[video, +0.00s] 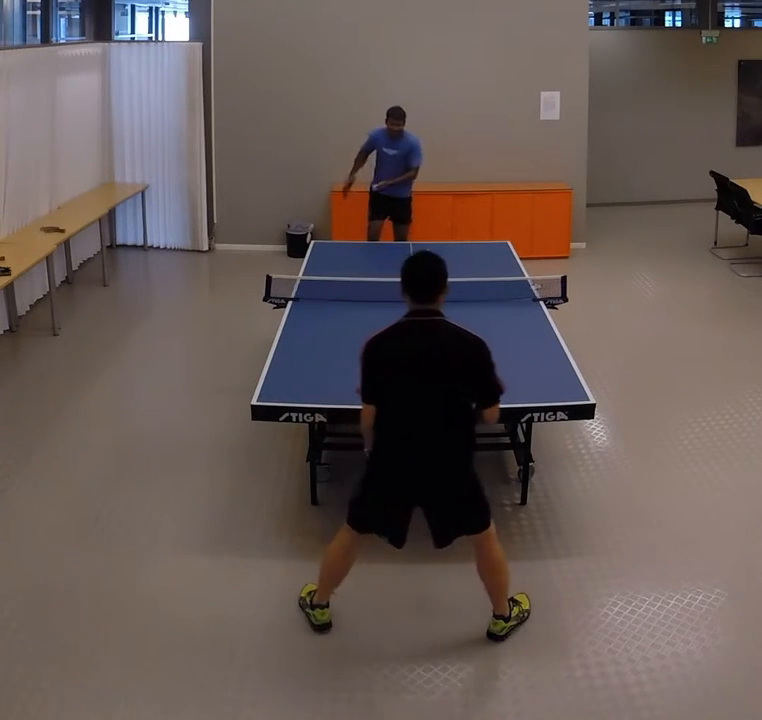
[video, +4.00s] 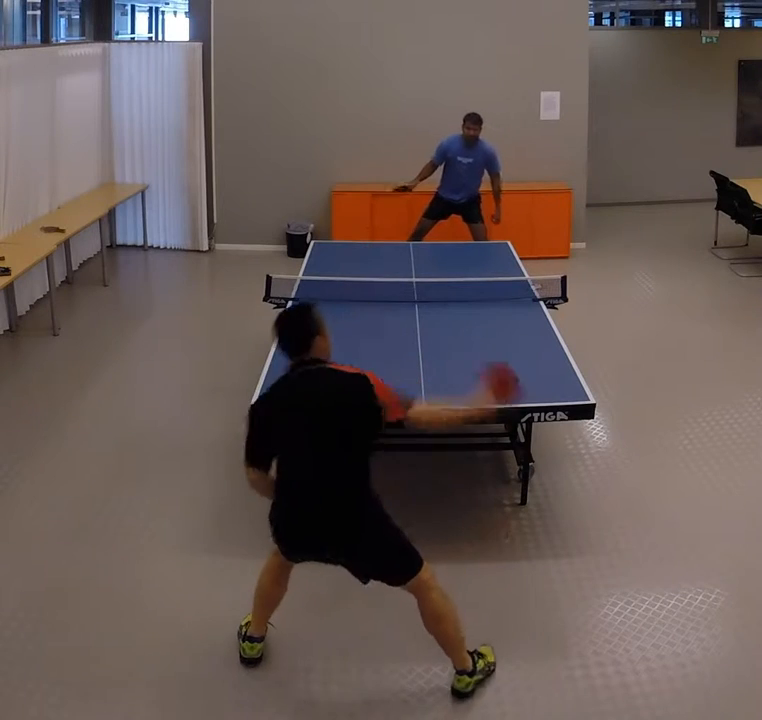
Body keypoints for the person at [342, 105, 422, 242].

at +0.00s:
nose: (395, 129)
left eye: (399, 125)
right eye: (392, 124)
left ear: (404, 124)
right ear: (386, 122)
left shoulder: (412, 143)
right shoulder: (377, 136)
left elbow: (413, 173)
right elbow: (363, 154)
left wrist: (389, 182)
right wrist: (352, 175)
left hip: (401, 197)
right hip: (379, 194)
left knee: (401, 240)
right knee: (373, 236)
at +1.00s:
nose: (382, 134)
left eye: (385, 130)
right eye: (378, 130)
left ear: (390, 128)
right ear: (371, 128)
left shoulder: (395, 133)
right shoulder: (367, 150)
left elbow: (405, 158)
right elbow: (396, 167)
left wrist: (390, 154)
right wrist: (419, 152)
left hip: (397, 192)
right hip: (375, 198)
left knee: (418, 231)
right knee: (370, 239)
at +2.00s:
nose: (417, 147)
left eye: (421, 143)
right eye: (413, 143)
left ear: (426, 141)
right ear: (407, 141)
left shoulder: (433, 153)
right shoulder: (399, 163)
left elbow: (440, 176)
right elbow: (408, 193)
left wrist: (446, 201)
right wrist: (421, 207)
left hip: (421, 198)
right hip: (398, 201)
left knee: (431, 241)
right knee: (398, 243)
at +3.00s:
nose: (446, 125)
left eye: (450, 121)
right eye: (443, 121)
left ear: (455, 122)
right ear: (437, 120)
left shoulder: (463, 142)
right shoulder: (423, 140)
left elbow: (473, 169)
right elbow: (410, 165)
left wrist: (478, 198)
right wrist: (403, 193)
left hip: (452, 198)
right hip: (425, 197)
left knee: (460, 243)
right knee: (409, 241)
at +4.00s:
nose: (471, 133)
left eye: (475, 130)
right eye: (468, 129)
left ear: (480, 130)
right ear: (462, 128)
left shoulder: (487, 152)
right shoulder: (449, 145)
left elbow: (495, 179)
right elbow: (433, 164)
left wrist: (498, 209)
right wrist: (415, 181)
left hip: (469, 201)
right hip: (444, 198)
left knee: (482, 241)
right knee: (419, 232)